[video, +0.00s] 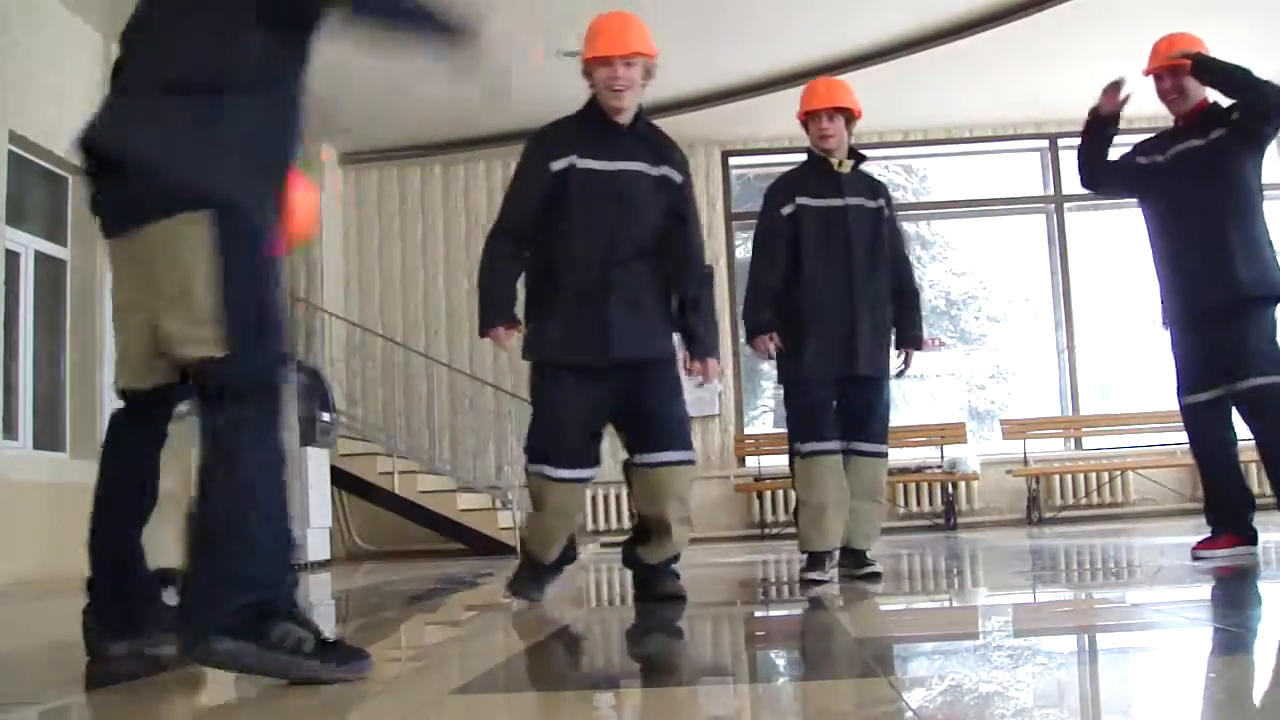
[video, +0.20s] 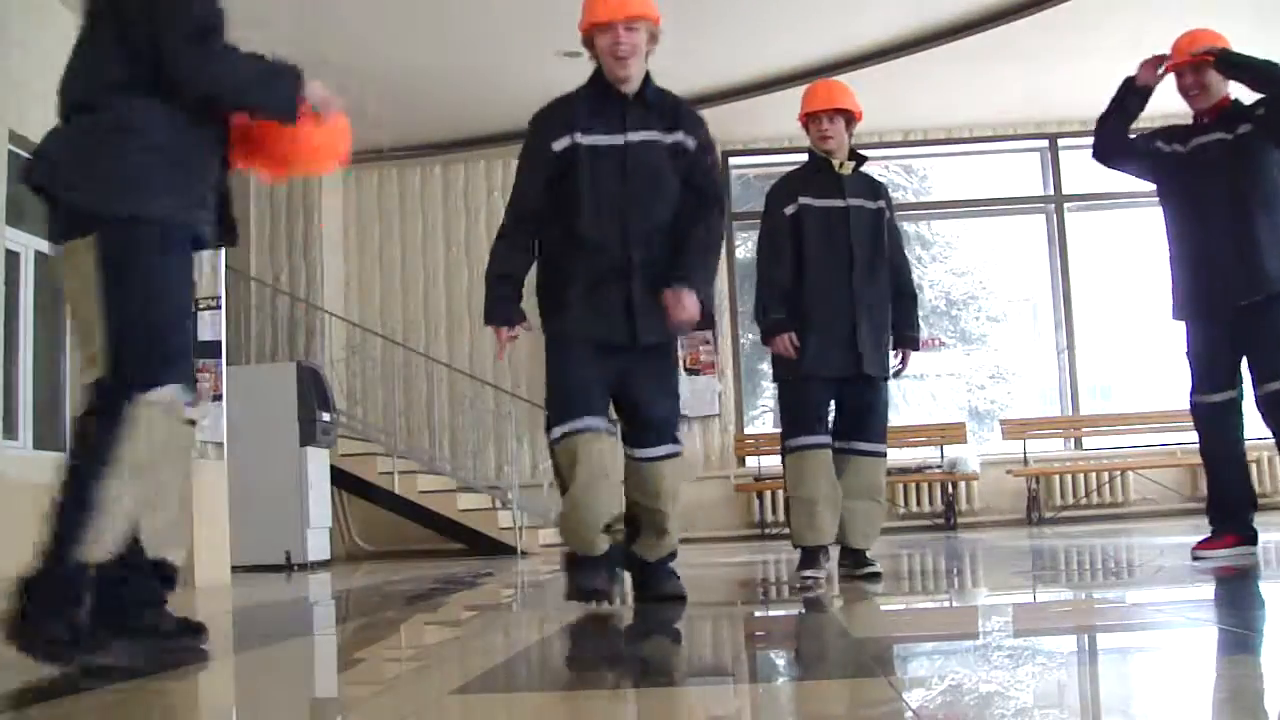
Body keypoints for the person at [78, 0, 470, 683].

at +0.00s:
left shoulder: (160, 17)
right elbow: (366, 4)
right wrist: (445, 28)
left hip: (127, 162)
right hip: (207, 165)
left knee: (145, 404)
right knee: (246, 393)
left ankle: (119, 624)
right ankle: (239, 613)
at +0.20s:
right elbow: (192, 66)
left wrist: (239, 123)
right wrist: (292, 89)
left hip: (142, 189)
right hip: (134, 186)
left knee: (145, 396)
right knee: (148, 394)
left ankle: (125, 598)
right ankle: (58, 600)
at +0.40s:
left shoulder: (121, 24)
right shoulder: (78, 14)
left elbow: (140, 156)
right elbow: (120, 84)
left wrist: (219, 119)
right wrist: (218, 59)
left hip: (125, 245)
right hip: (72, 244)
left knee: (134, 418)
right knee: (49, 429)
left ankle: (113, 598)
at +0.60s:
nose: (130, 6)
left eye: (132, 3)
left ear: (117, 11)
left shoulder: (97, 59)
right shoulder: (23, 29)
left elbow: (104, 173)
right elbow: (47, 129)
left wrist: (171, 148)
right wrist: (155, 120)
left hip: (93, 280)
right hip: (23, 275)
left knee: (130, 423)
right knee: (14, 440)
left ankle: (100, 577)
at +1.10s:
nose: (107, 76)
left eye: (110, 66)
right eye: (103, 63)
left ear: (79, 55)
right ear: (75, 51)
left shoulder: (59, 107)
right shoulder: (26, 98)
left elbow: (69, 203)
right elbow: (39, 191)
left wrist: (135, 182)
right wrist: (125, 179)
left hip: (46, 303)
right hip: (26, 303)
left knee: (37, 433)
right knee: (42, 432)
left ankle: (12, 582)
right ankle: (10, 583)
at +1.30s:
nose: (119, 90)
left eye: (122, 80)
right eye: (116, 77)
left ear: (75, 66)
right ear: (89, 66)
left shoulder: (27, 111)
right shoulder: (57, 115)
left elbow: (78, 207)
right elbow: (77, 194)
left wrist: (148, 186)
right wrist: (153, 173)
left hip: (18, 313)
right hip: (53, 314)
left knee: (16, 450)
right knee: (94, 439)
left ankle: (4, 583)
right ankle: (86, 580)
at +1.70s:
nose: (175, 96)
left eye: (177, 87)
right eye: (167, 84)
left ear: (153, 88)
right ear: (136, 84)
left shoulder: (128, 139)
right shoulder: (120, 138)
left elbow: (149, 228)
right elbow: (132, 228)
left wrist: (223, 213)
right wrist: (211, 205)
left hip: (110, 327)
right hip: (115, 329)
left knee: (104, 446)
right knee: (129, 454)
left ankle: (26, 546)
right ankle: (140, 587)